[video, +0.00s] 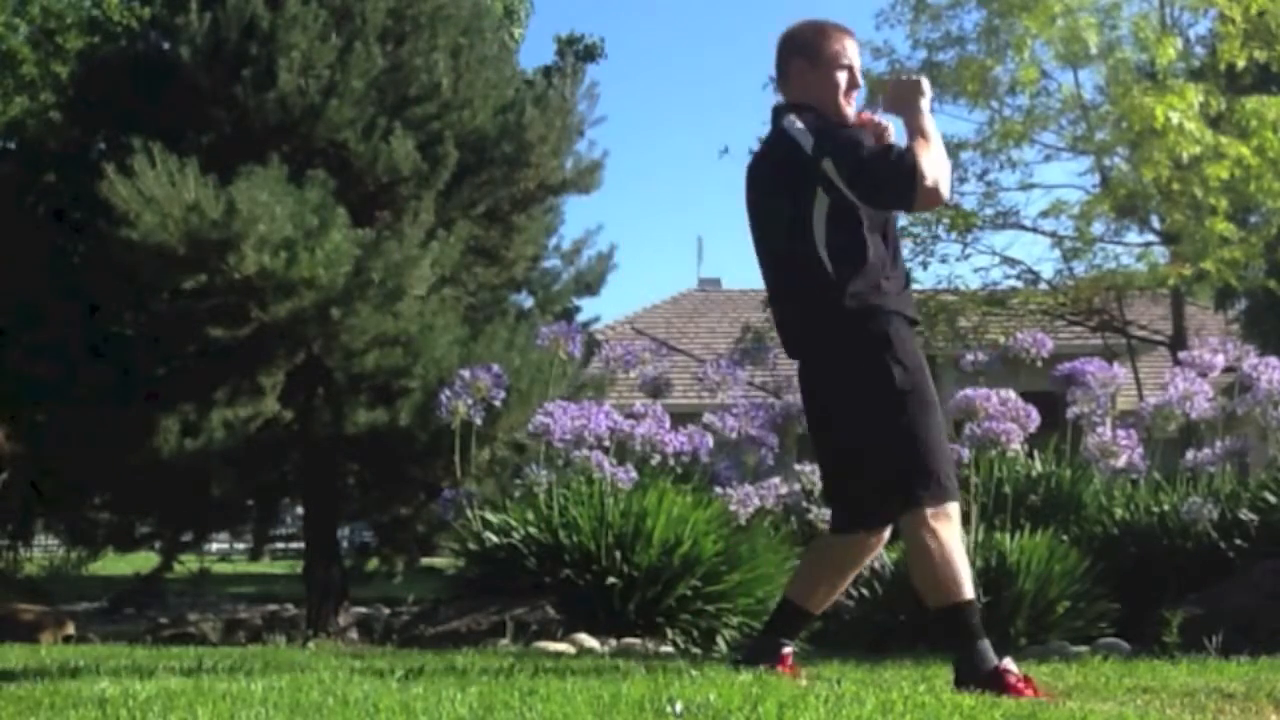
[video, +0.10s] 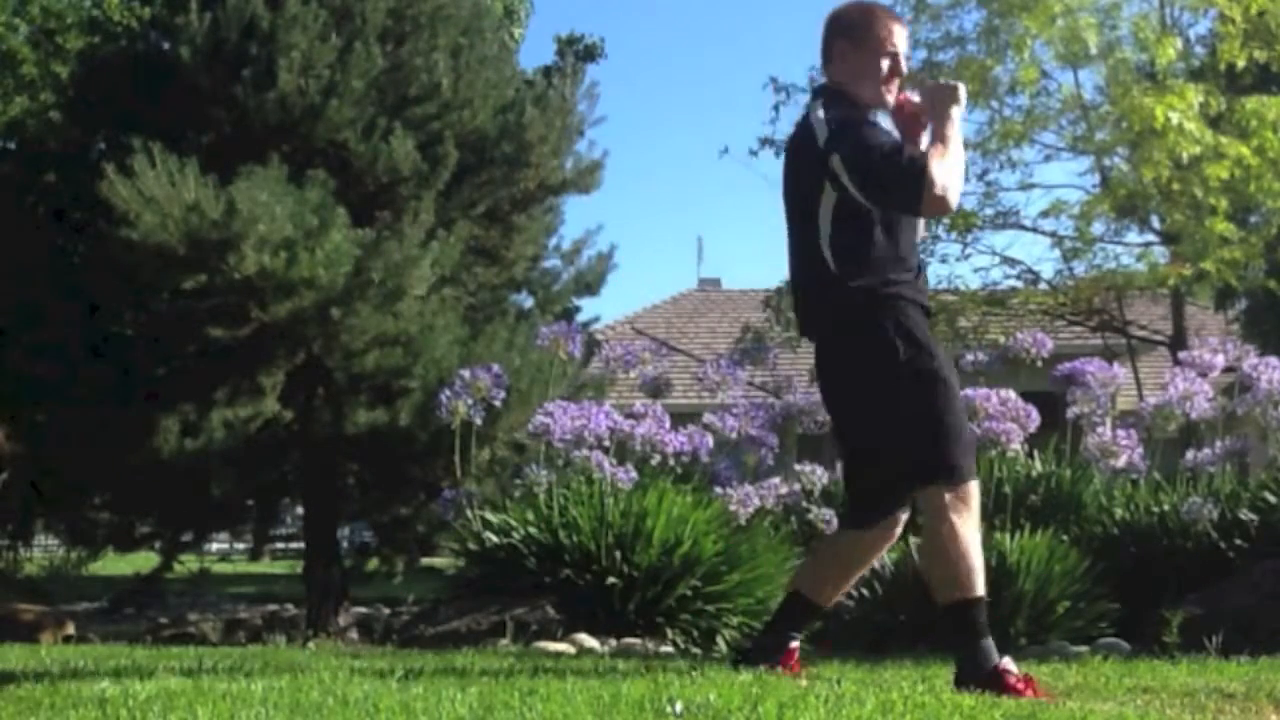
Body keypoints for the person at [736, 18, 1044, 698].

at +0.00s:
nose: (854, 82)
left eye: (856, 71)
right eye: (840, 69)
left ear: (803, 83)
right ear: (793, 76)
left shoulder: (770, 158)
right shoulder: (827, 141)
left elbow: (832, 219)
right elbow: (930, 185)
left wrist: (865, 146)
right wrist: (918, 113)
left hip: (830, 352)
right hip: (878, 342)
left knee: (865, 522)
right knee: (932, 503)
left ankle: (768, 646)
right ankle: (980, 666)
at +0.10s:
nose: (899, 69)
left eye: (901, 57)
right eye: (886, 56)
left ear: (852, 63)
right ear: (839, 56)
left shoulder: (829, 123)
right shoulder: (845, 125)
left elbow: (906, 200)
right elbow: (940, 194)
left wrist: (914, 134)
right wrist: (950, 119)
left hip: (855, 334)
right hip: (887, 328)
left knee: (878, 513)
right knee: (954, 489)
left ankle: (772, 644)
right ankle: (980, 663)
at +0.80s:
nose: (857, 80)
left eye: (861, 70)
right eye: (844, 66)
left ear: (856, 77)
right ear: (800, 65)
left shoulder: (830, 141)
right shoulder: (791, 129)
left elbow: (885, 240)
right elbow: (845, 196)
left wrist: (894, 157)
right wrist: (885, 126)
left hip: (841, 340)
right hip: (823, 340)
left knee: (864, 505)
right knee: (902, 487)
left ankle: (772, 644)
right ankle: (958, 657)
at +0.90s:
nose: (832, 65)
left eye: (837, 56)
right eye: (819, 51)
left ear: (838, 68)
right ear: (776, 54)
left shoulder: (817, 140)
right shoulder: (750, 119)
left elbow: (871, 230)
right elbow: (797, 179)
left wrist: (874, 146)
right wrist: (851, 114)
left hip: (825, 331)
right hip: (779, 327)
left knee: (830, 495)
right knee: (863, 466)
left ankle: (767, 644)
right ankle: (888, 648)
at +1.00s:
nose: (806, 60)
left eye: (810, 50)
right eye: (791, 48)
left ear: (813, 61)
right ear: (750, 51)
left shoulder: (801, 135)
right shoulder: (715, 115)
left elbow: (854, 222)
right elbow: (760, 170)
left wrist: (856, 137)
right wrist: (814, 107)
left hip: (801, 326)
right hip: (743, 320)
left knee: (799, 482)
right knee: (814, 456)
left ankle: (770, 636)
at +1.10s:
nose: (778, 70)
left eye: (783, 59)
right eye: (764, 56)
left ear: (786, 69)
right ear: (721, 58)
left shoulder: (776, 147)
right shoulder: (681, 122)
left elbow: (833, 218)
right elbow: (729, 171)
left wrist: (829, 133)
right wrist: (783, 105)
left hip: (782, 330)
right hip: (713, 323)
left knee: (792, 489)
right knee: (751, 476)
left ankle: (758, 642)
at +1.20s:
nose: (742, 79)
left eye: (748, 68)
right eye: (731, 65)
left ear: (746, 74)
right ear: (687, 61)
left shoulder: (742, 150)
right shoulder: (647, 127)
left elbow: (799, 225)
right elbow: (692, 185)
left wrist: (795, 140)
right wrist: (744, 117)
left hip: (754, 335)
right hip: (681, 332)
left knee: (770, 494)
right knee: (673, 491)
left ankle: (756, 645)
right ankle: (565, 602)